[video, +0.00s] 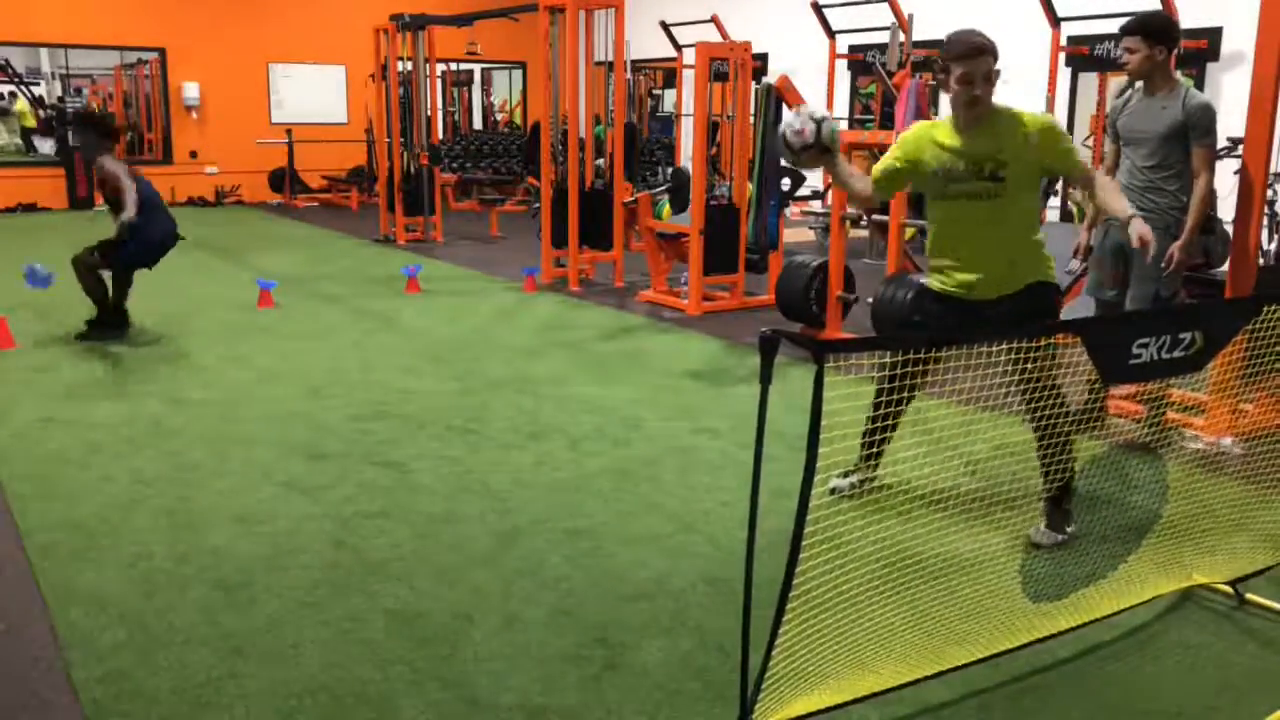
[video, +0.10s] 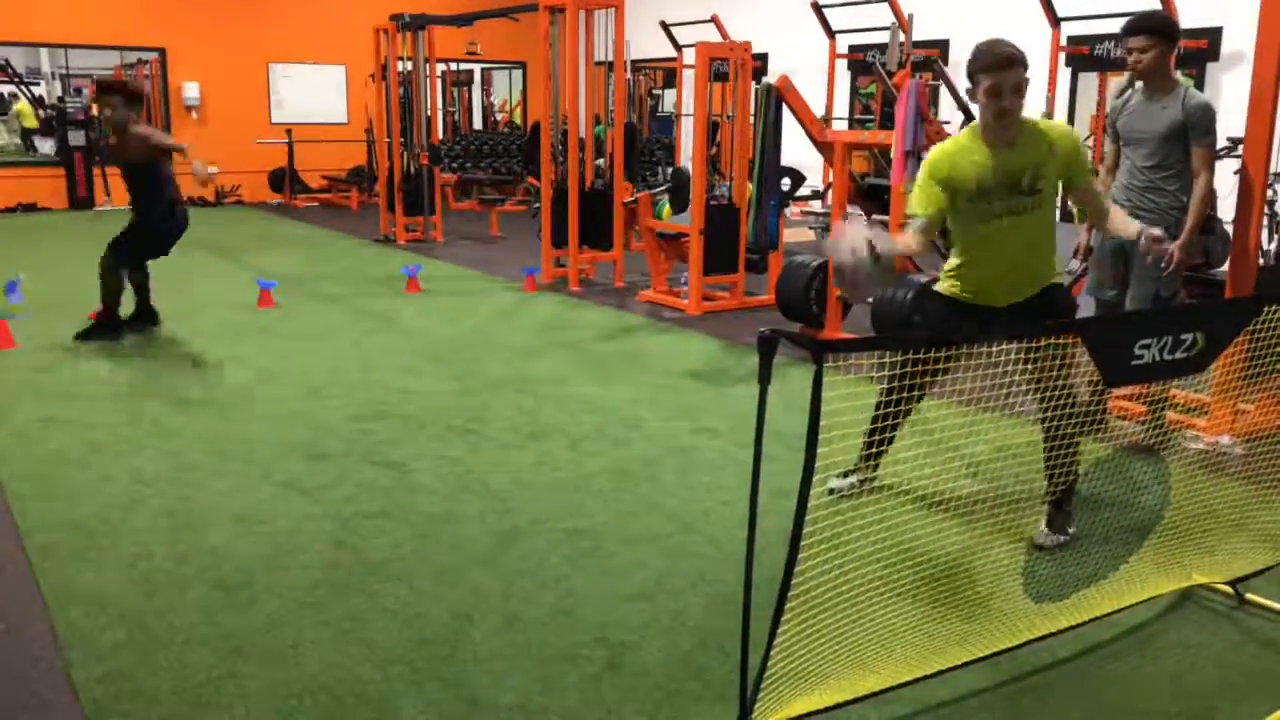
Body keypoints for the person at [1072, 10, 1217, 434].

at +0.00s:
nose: (1123, 58)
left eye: (1131, 51)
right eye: (1123, 51)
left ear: (1162, 54)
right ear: (1139, 55)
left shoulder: (1195, 106)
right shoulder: (1122, 101)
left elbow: (1203, 178)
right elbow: (1108, 168)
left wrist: (1186, 239)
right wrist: (1089, 225)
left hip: (1162, 230)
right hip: (1115, 224)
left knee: (1143, 319)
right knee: (1103, 314)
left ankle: (1151, 416)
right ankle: (1095, 402)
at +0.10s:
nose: (1131, 59)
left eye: (1142, 51)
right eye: (1128, 51)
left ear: (1169, 52)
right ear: (1126, 54)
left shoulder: (1195, 107)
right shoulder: (1121, 100)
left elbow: (1203, 177)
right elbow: (1108, 167)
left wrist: (1186, 239)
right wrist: (1089, 225)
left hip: (1164, 234)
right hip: (1115, 228)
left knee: (1146, 324)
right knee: (1103, 320)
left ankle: (1153, 421)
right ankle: (1095, 409)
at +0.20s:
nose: (1139, 59)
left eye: (1148, 51)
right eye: (1133, 52)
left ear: (1172, 51)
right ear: (1127, 54)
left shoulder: (1195, 107)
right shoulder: (1121, 100)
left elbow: (1203, 177)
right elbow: (1108, 166)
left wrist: (1186, 238)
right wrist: (1089, 227)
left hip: (1163, 233)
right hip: (1115, 226)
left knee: (1154, 325)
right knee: (1101, 316)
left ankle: (1157, 427)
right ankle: (1094, 413)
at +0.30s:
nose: (1140, 59)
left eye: (1149, 50)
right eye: (1134, 52)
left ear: (1171, 51)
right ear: (1127, 55)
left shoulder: (1194, 106)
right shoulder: (1121, 101)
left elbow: (1202, 177)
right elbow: (1110, 160)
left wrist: (1186, 238)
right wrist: (1102, 214)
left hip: (1168, 226)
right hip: (1120, 220)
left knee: (1165, 323)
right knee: (1106, 315)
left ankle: (1158, 412)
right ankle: (1093, 401)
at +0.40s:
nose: (1140, 59)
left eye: (1150, 50)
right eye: (1134, 52)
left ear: (1172, 51)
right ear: (1129, 55)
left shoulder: (1195, 106)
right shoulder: (1123, 102)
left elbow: (1202, 177)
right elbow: (1112, 165)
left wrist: (1184, 241)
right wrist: (1106, 221)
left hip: (1170, 226)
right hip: (1127, 221)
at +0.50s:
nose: (1140, 59)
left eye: (1149, 50)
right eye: (1134, 51)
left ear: (1173, 51)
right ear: (1128, 54)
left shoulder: (1195, 106)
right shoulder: (1125, 102)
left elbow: (1202, 175)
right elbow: (1112, 168)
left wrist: (1186, 233)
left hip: (1173, 220)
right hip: (1128, 218)